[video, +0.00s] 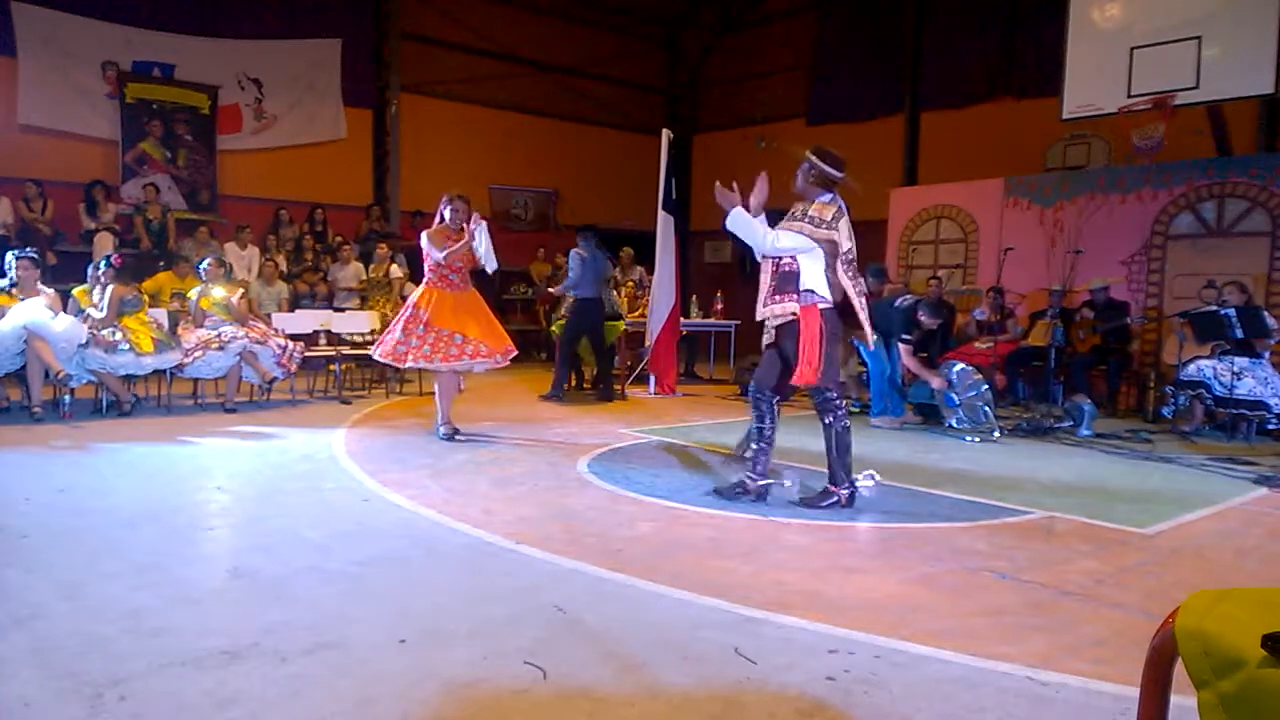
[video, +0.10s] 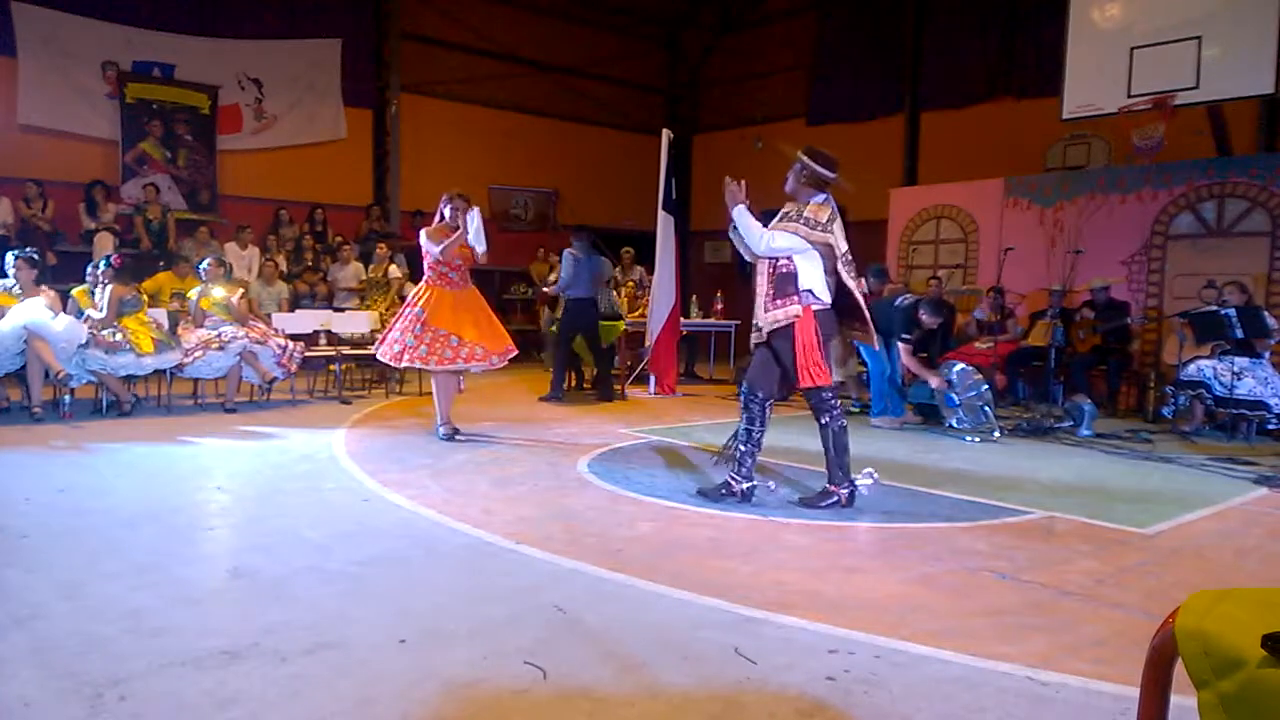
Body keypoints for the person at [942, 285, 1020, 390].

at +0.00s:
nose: (991, 301)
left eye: (995, 299)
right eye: (989, 298)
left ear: (1001, 300)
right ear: (985, 298)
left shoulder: (1007, 313)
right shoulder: (980, 313)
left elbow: (1013, 335)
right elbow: (974, 334)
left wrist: (991, 339)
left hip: (1002, 343)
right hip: (983, 343)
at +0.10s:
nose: (991, 301)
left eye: (995, 299)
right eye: (989, 298)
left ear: (1002, 300)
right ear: (985, 298)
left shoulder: (1007, 313)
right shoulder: (981, 312)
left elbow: (1013, 335)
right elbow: (974, 334)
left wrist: (992, 339)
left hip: (1003, 343)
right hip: (984, 343)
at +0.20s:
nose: (992, 301)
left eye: (995, 298)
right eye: (989, 298)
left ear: (1001, 300)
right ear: (985, 298)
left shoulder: (1007, 313)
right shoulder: (979, 313)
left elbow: (1013, 335)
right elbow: (974, 333)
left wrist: (992, 339)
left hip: (1002, 343)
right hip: (983, 343)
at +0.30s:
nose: (992, 301)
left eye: (996, 298)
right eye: (989, 297)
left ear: (1002, 299)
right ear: (986, 298)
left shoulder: (1008, 313)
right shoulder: (981, 314)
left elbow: (1012, 335)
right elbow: (974, 335)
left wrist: (990, 339)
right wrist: (972, 322)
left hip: (1003, 343)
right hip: (983, 343)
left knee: (982, 361)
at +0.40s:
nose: (992, 301)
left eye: (996, 298)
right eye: (989, 297)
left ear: (1002, 299)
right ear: (986, 298)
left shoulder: (1008, 313)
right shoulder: (981, 313)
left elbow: (1012, 335)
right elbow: (974, 335)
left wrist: (991, 339)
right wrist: (967, 325)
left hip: (1003, 343)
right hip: (983, 344)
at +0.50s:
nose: (992, 301)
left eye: (996, 298)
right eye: (990, 297)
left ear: (1002, 299)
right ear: (986, 298)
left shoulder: (1008, 312)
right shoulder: (981, 312)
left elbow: (1012, 335)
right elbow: (974, 334)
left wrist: (991, 339)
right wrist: (967, 325)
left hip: (1003, 343)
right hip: (983, 343)